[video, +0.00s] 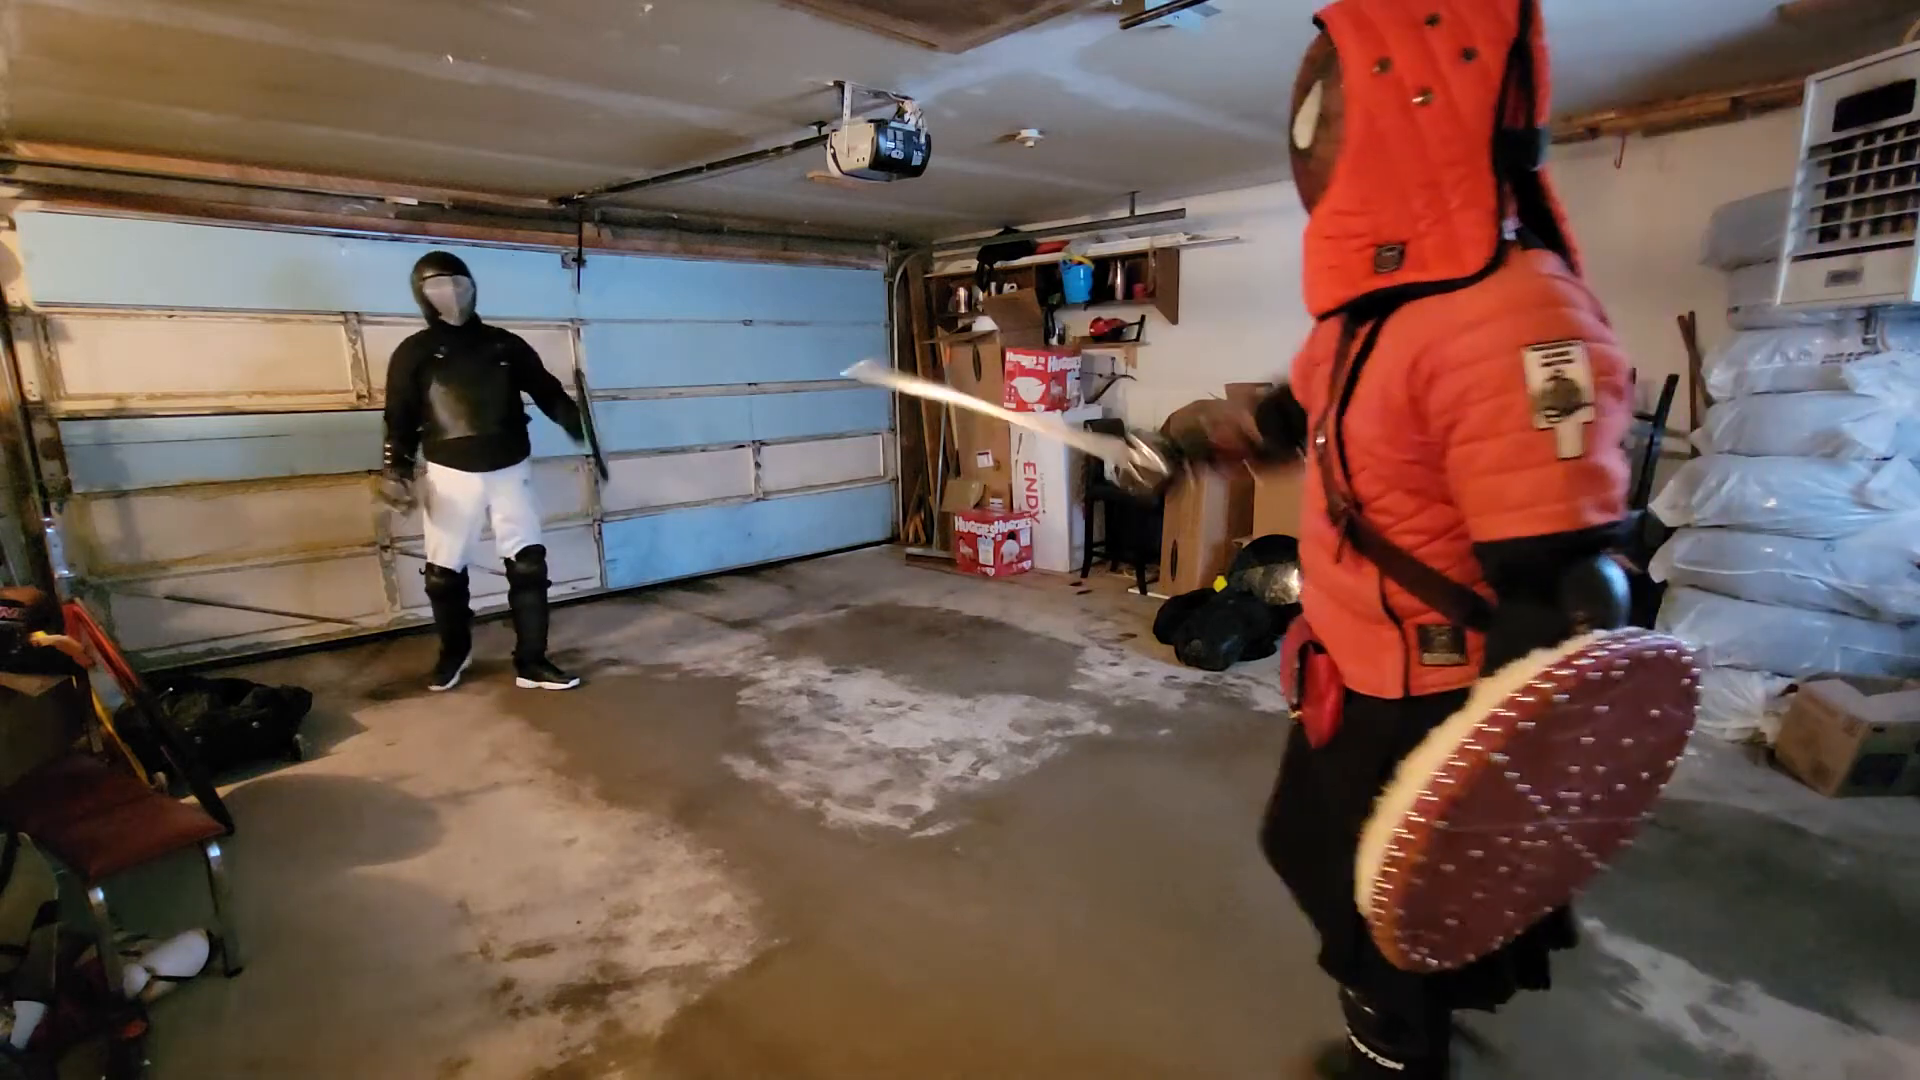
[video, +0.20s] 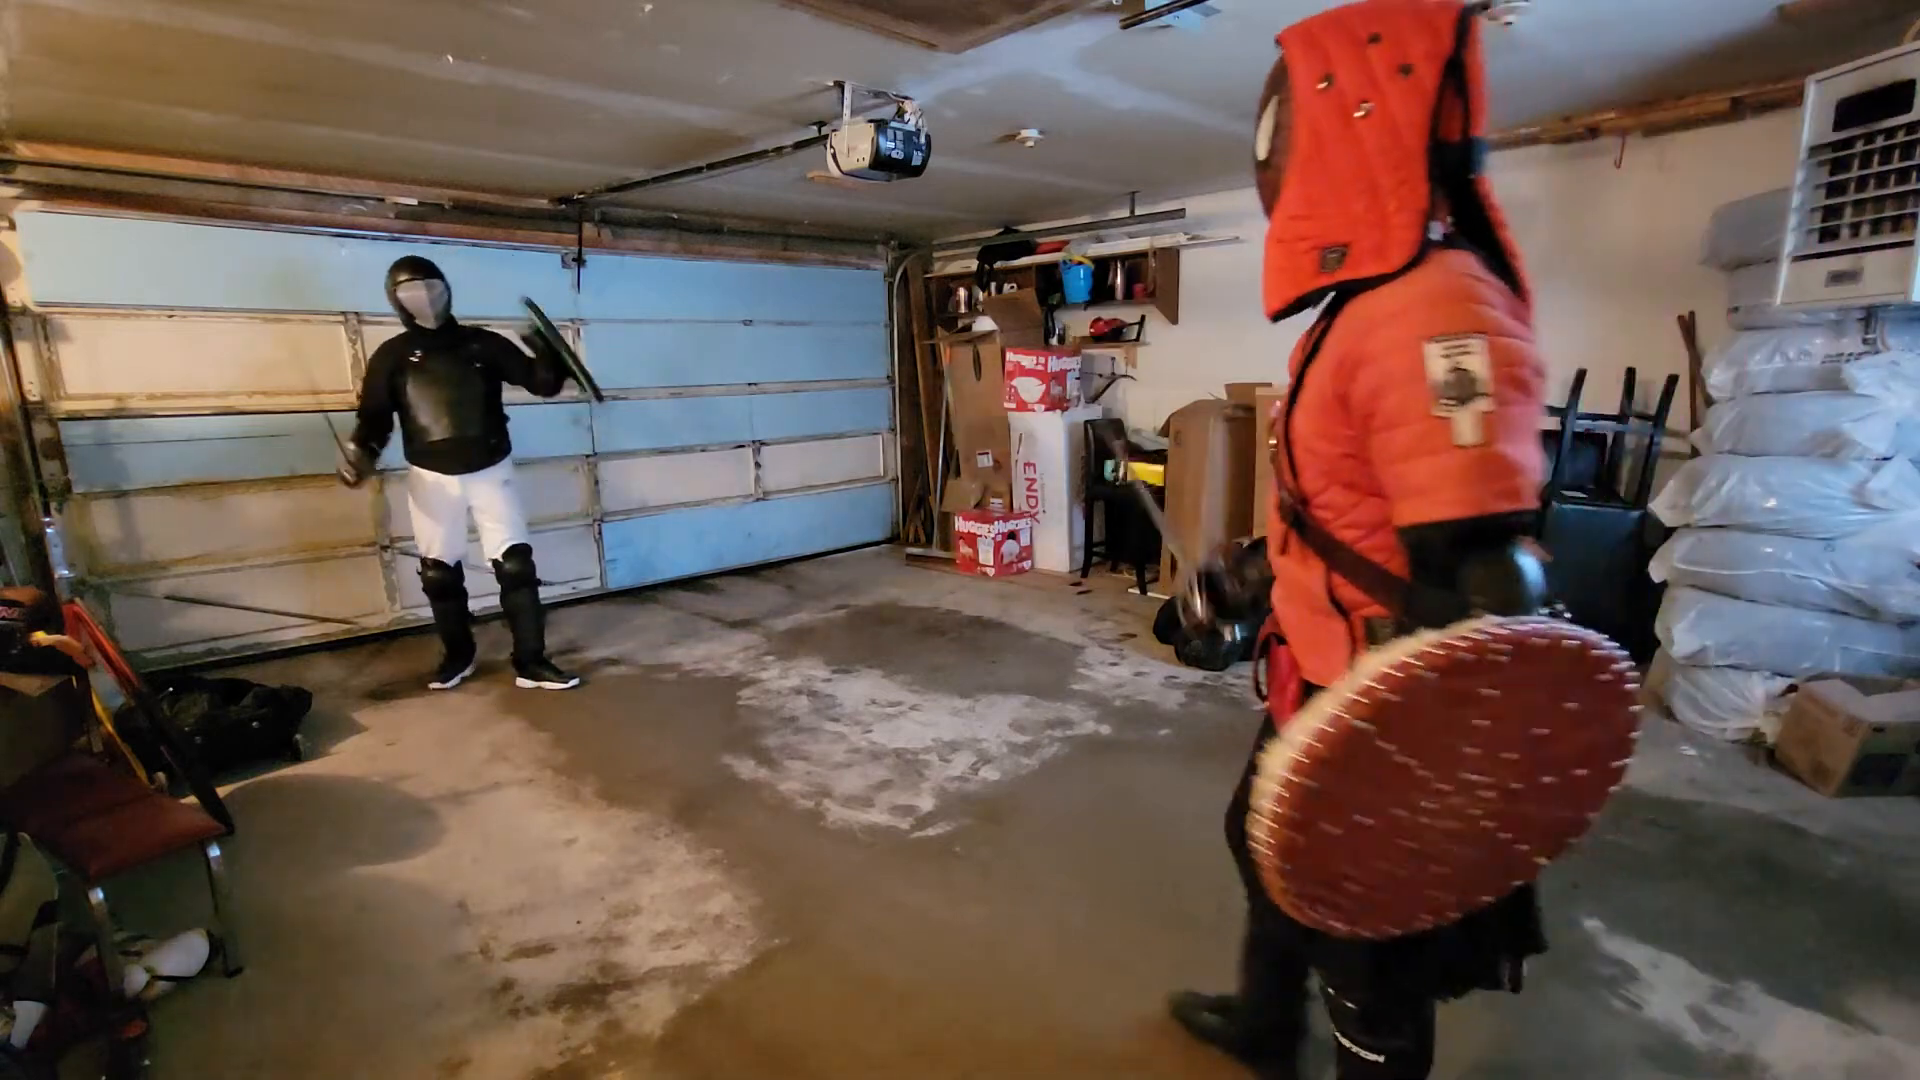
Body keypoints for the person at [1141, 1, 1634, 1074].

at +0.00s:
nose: (1304, 149)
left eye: (1327, 110)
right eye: (1306, 113)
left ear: (1426, 111)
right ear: (1400, 115)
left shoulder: (1516, 318)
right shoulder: (1379, 285)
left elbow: (1565, 606)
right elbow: (1346, 407)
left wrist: (1495, 808)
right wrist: (1248, 424)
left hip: (1435, 702)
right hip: (1349, 671)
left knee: (1384, 898)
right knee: (1304, 841)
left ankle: (1393, 1050)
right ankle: (1392, 993)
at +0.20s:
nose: (1265, 155)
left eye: (1282, 118)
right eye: (1267, 120)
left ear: (1367, 117)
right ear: (1365, 122)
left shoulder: (1441, 308)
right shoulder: (1370, 292)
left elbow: (1486, 589)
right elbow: (1349, 501)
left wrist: (1439, 801)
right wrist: (1260, 566)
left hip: (1387, 717)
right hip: (1313, 686)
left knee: (1373, 949)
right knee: (1272, 844)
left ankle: (1379, 1067)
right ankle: (1263, 1020)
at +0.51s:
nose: (1217, 186)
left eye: (1234, 155)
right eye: (1224, 158)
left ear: (1293, 154)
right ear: (1325, 153)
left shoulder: (1347, 302)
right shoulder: (1307, 302)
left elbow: (1361, 543)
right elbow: (1295, 518)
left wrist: (1344, 724)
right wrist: (1217, 613)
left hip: (1333, 690)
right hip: (1274, 668)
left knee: (1339, 895)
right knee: (1247, 843)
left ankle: (1366, 1059)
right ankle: (1232, 1015)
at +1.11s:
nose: (1186, 232)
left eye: (1197, 207)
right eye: (1192, 208)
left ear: (1239, 206)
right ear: (1306, 202)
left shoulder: (1262, 330)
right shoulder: (1321, 319)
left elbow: (1273, 554)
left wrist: (1256, 736)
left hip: (1352, 705)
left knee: (1341, 956)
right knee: (1250, 841)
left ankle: (1436, 1064)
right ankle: (1234, 1017)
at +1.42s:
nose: (1253, 234)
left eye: (1264, 206)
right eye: (1258, 208)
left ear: (1316, 208)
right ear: (1387, 207)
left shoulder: (1347, 361)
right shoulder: (1416, 344)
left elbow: (1371, 632)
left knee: (1418, 1030)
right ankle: (1240, 1011)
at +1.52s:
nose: (1266, 226)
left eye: (1279, 197)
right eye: (1273, 198)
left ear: (1325, 199)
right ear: (1417, 197)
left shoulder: (1358, 357)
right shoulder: (1432, 341)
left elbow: (1376, 633)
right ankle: (1254, 1013)